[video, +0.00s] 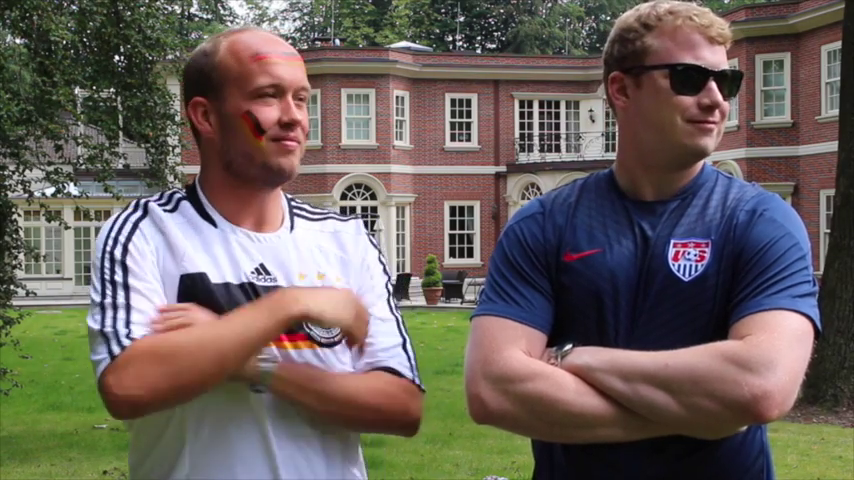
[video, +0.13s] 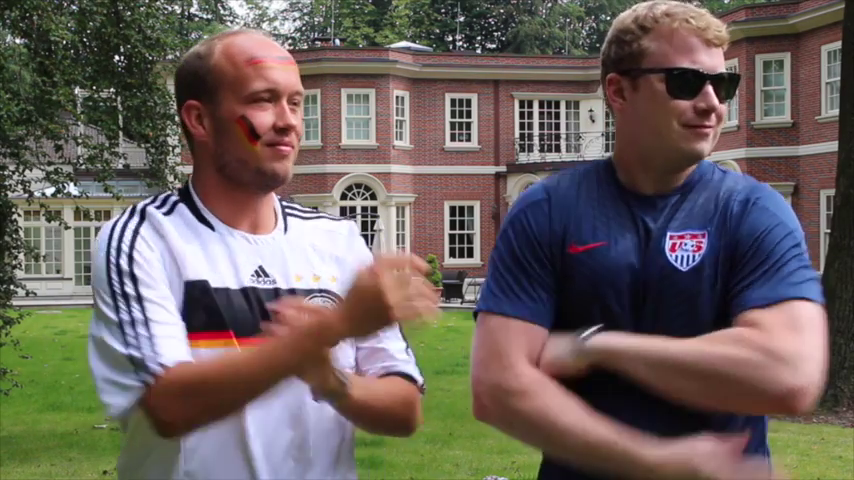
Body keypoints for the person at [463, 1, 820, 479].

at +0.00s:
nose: (715, 98)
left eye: (725, 81)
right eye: (689, 78)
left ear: (733, 92)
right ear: (620, 91)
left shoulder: (762, 221)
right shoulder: (540, 226)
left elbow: (762, 387)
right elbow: (491, 390)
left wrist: (569, 360)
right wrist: (682, 410)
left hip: (723, 473)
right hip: (574, 473)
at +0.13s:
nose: (711, 102)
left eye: (720, 84)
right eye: (684, 82)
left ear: (728, 92)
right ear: (618, 93)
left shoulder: (753, 211)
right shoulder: (542, 213)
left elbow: (789, 374)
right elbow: (497, 387)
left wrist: (592, 346)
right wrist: (653, 457)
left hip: (724, 472)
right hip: (578, 469)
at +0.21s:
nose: (700, 115)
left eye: (713, 95)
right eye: (674, 95)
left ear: (723, 97)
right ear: (611, 100)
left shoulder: (760, 214)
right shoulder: (542, 213)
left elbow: (847, 368)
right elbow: (498, 380)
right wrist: (590, 454)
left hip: (730, 469)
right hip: (593, 473)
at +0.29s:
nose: (679, 132)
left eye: (695, 108)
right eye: (653, 113)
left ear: (710, 105)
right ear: (601, 113)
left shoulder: (763, 214)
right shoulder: (542, 211)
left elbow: (823, 342)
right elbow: (492, 378)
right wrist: (600, 415)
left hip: (729, 470)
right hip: (592, 474)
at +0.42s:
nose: (655, 156)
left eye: (677, 133)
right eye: (632, 133)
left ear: (708, 122)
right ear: (601, 123)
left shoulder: (762, 236)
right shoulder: (544, 224)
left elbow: (811, 383)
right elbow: (495, 381)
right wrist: (582, 438)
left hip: (718, 466)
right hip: (591, 471)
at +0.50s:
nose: (661, 183)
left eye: (684, 161)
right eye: (638, 160)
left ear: (716, 148)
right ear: (611, 145)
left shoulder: (768, 259)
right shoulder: (552, 238)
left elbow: (804, 433)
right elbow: (503, 371)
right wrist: (546, 425)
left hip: (720, 466)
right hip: (587, 465)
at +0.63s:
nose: (692, 182)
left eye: (716, 162)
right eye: (670, 158)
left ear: (748, 138)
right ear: (646, 136)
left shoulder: (777, 256)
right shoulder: (590, 212)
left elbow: (693, 414)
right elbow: (535, 344)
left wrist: (516, 401)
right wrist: (434, 412)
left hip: (740, 472)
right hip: (619, 469)